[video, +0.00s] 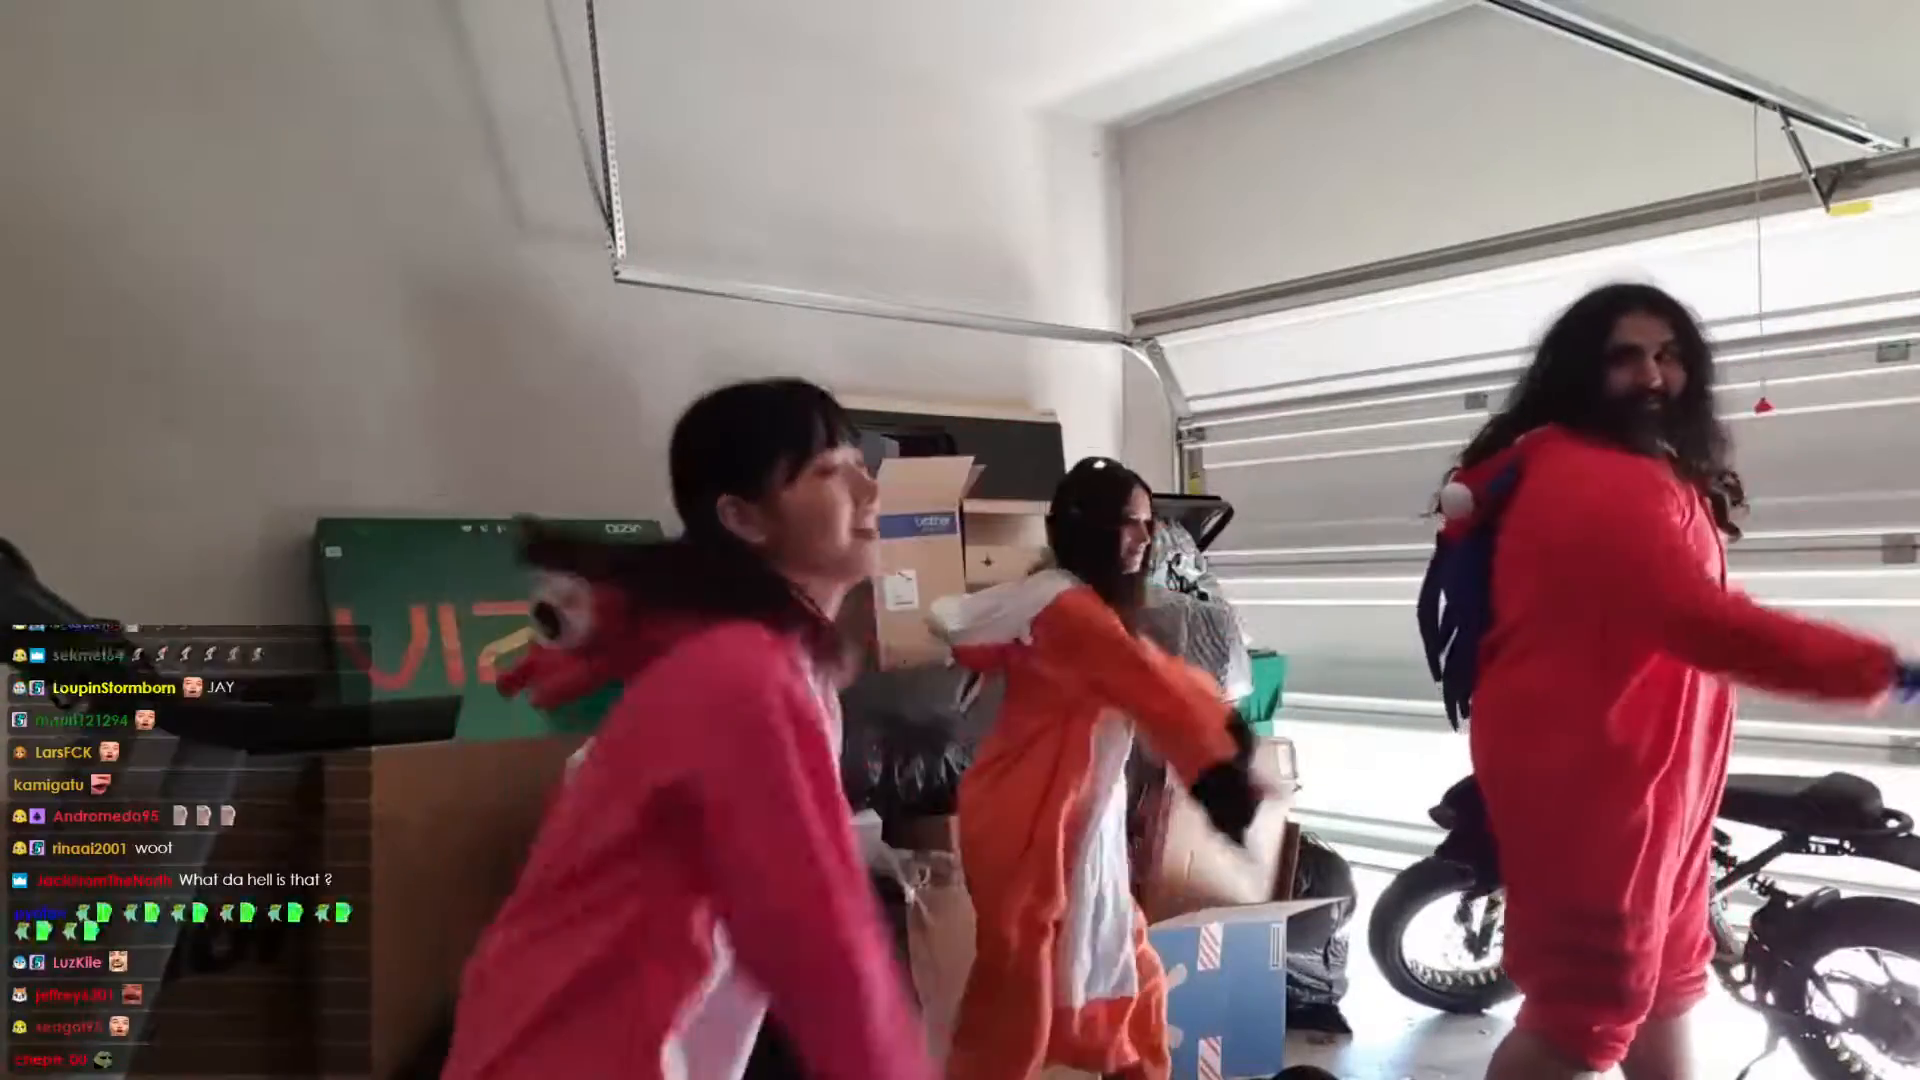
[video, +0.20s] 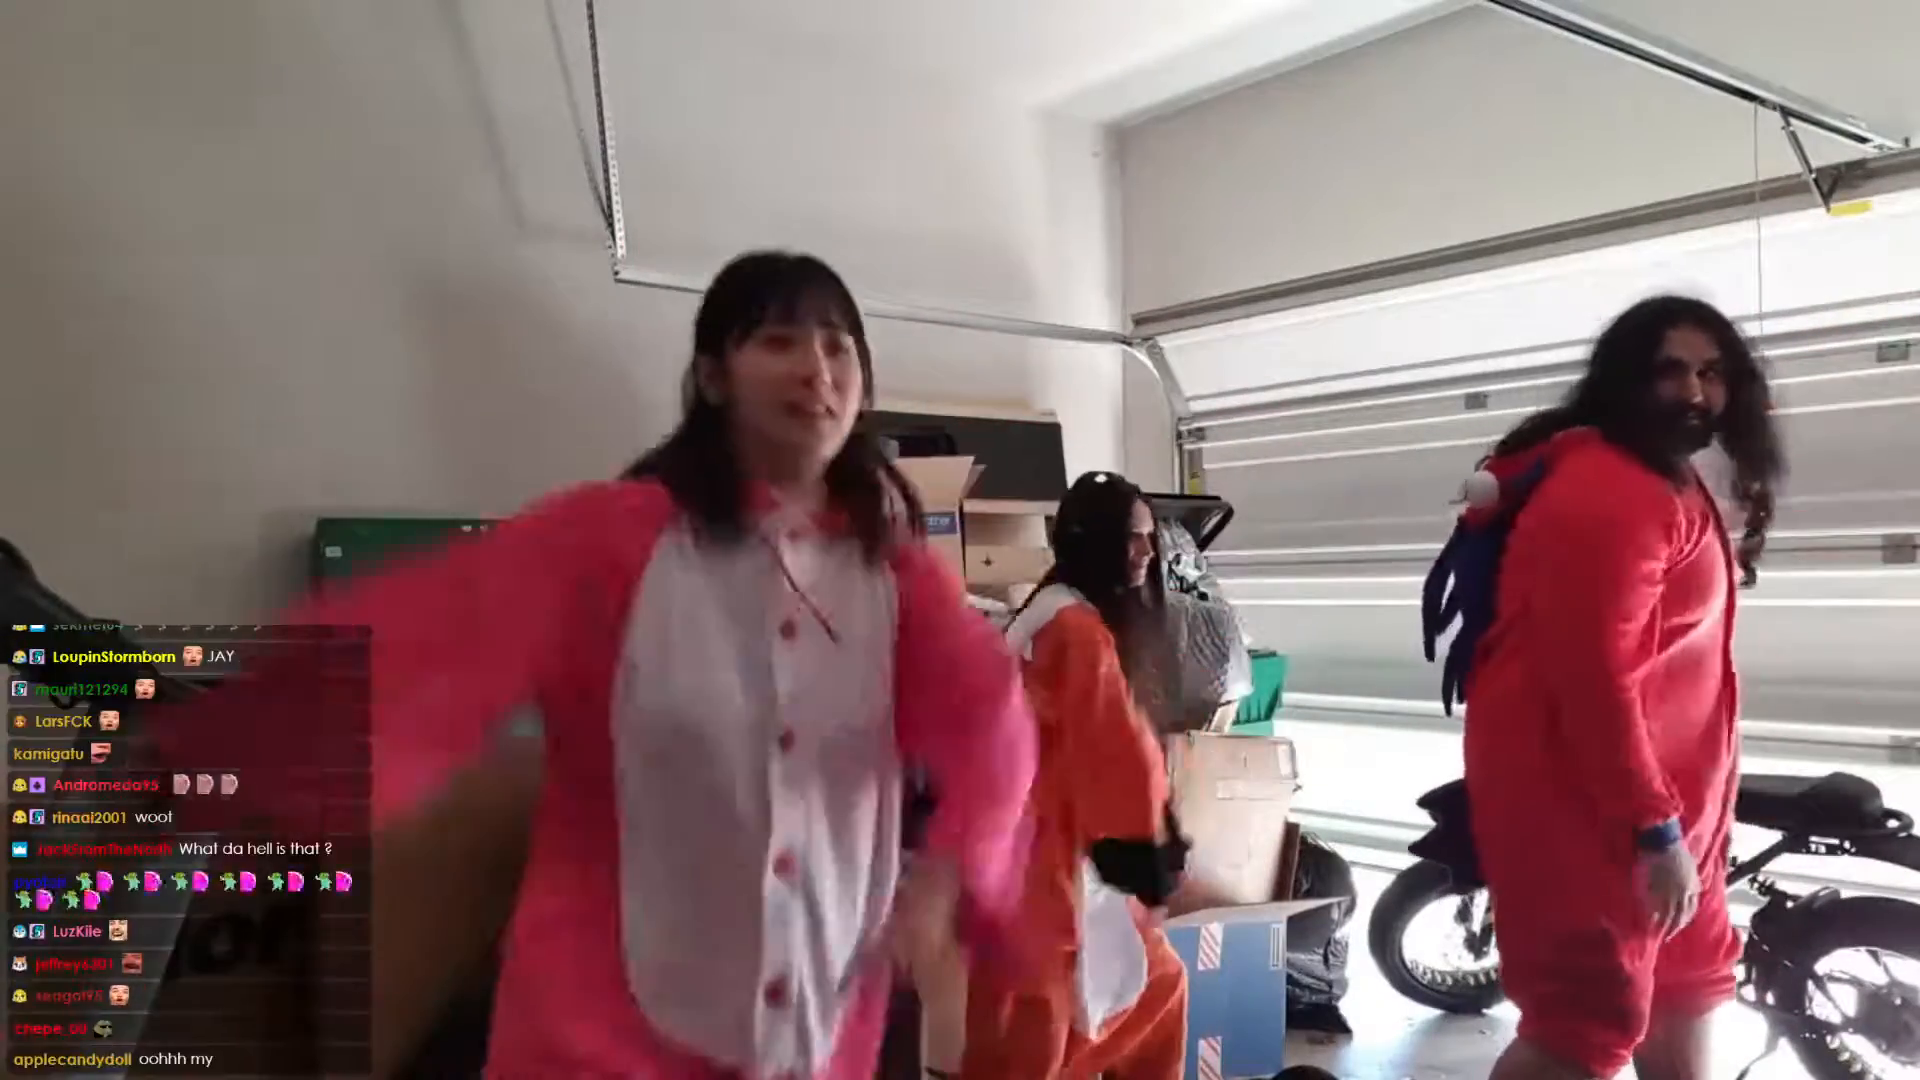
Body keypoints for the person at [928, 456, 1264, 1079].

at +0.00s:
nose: (1143, 540)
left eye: (1148, 526)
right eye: (1130, 523)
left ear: (1148, 530)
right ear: (1087, 525)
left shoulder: (1091, 604)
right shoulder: (1061, 605)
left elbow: (1159, 675)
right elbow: (1147, 684)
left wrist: (1220, 729)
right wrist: (1218, 762)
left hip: (1081, 823)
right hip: (1025, 822)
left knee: (1136, 979)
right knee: (1018, 986)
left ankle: (1138, 1073)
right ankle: (985, 1075)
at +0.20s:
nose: (1147, 553)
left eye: (1149, 539)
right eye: (1135, 539)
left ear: (1070, 543)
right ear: (1096, 541)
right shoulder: (1080, 629)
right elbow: (1112, 761)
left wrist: (1154, 840)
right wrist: (1152, 875)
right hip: (1055, 871)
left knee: (1160, 979)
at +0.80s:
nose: (1092, 514)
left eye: (1104, 499)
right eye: (1075, 500)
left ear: (1124, 507)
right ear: (1048, 511)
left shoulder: (1152, 585)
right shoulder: (1029, 592)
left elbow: (1212, 623)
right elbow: (1070, 641)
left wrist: (1272, 635)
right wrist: (1145, 653)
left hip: (1162, 824)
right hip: (1067, 830)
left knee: (1186, 989)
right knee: (1049, 988)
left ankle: (1175, 1069)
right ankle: (1037, 1067)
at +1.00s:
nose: (1061, 557)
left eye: (1075, 543)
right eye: (1049, 545)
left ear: (1105, 551)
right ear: (1036, 558)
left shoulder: (1149, 649)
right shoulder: (1008, 650)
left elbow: (1155, 764)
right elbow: (993, 761)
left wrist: (1141, 885)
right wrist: (1011, 868)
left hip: (1126, 861)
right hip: (1042, 861)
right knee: (1032, 1001)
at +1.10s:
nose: (1045, 508)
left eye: (1060, 495)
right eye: (1037, 496)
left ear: (1093, 505)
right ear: (1025, 507)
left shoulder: (1129, 597)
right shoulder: (1001, 596)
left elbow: (1120, 695)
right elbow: (970, 693)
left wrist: (1090, 783)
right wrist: (949, 782)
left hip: (1096, 811)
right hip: (1007, 811)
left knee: (1133, 966)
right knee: (1014, 967)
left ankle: (1172, 1065)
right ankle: (1035, 1068)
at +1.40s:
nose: (998, 530)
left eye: (1013, 517)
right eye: (997, 518)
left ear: (1053, 529)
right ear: (992, 528)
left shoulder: (1089, 613)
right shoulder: (992, 607)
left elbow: (1098, 519)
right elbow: (961, 495)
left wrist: (1086, 395)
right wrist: (979, 389)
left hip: (1093, 860)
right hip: (1000, 861)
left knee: (1150, 1031)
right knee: (948, 1025)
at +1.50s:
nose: (993, 550)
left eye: (1008, 534)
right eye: (992, 536)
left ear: (1051, 541)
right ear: (989, 548)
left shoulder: (1090, 635)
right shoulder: (992, 630)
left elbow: (1092, 523)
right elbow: (946, 524)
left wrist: (1064, 394)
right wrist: (941, 417)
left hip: (1085, 881)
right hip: (995, 886)